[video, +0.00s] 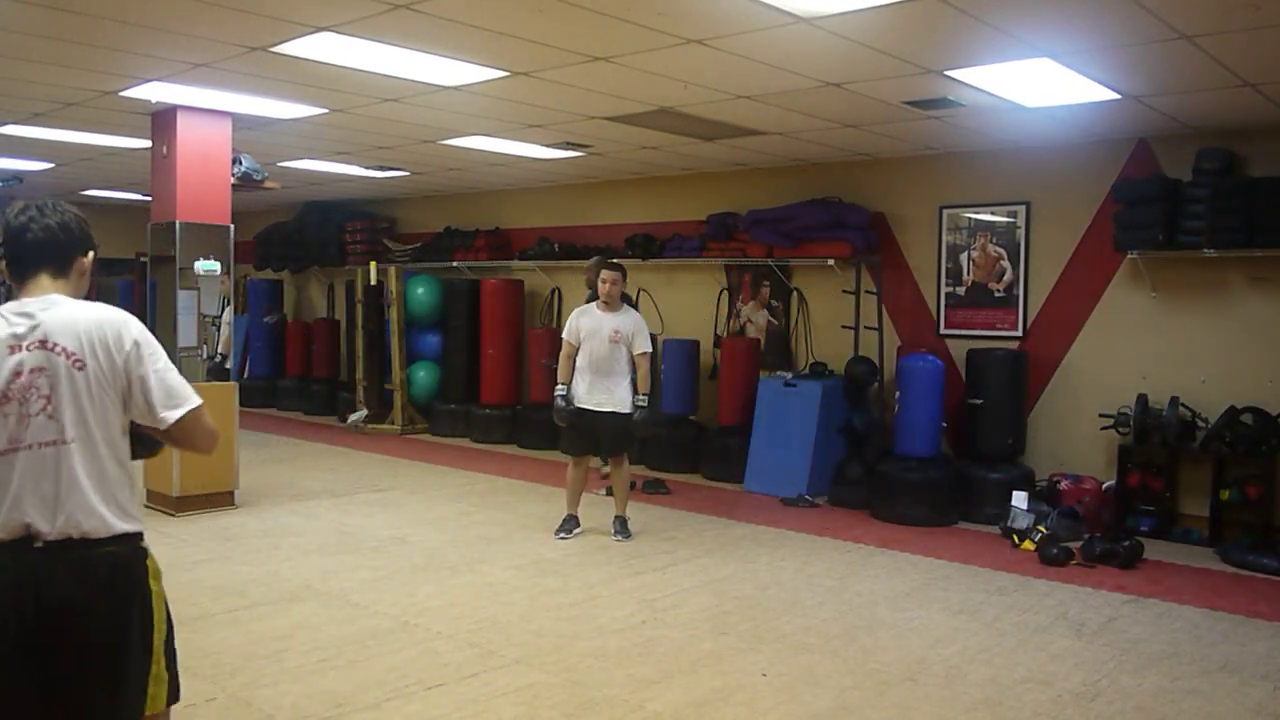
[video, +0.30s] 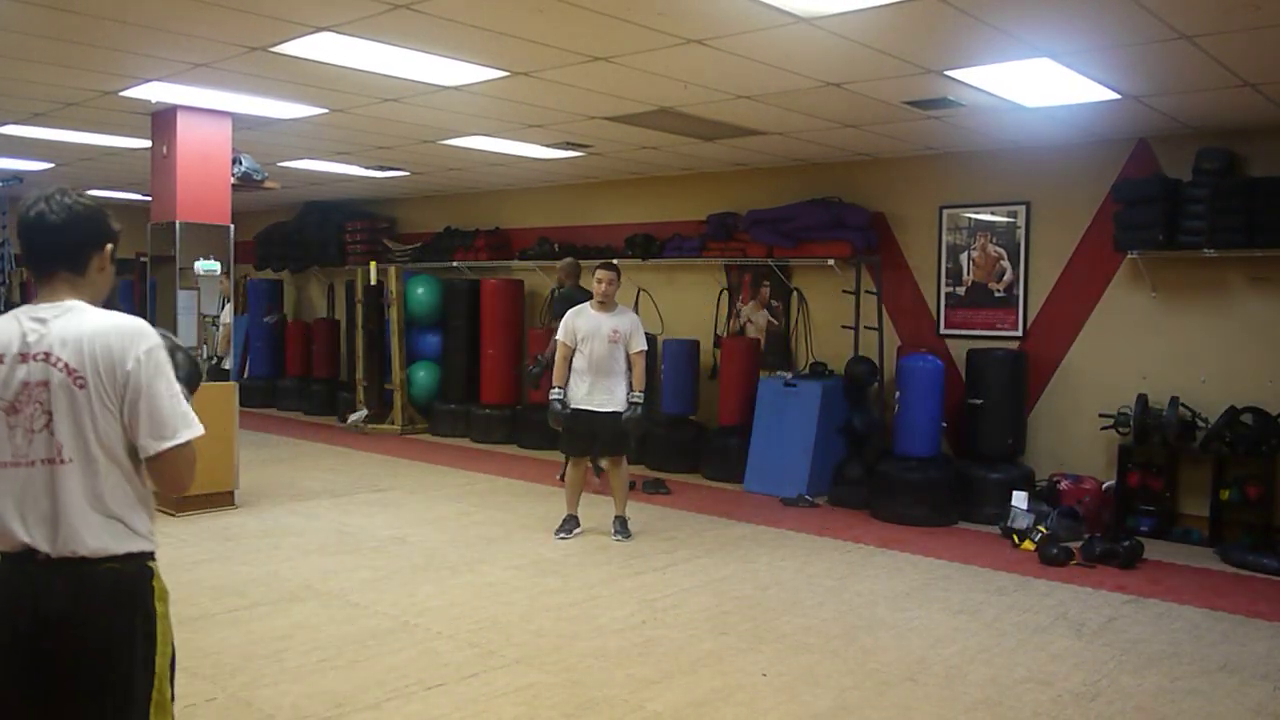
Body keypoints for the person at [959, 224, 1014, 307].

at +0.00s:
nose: (982, 241)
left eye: (986, 237)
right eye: (980, 237)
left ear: (990, 237)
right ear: (976, 237)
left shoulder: (999, 253)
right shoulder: (971, 252)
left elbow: (1009, 272)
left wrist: (1000, 286)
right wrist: (967, 277)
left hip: (989, 288)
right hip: (974, 287)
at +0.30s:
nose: (983, 241)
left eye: (986, 236)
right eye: (980, 236)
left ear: (990, 237)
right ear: (976, 237)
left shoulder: (999, 253)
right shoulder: (971, 252)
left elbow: (1009, 272)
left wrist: (1000, 286)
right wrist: (967, 277)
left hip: (989, 288)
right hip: (974, 287)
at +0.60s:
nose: (983, 241)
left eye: (986, 236)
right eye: (980, 236)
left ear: (990, 237)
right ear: (976, 237)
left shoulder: (999, 253)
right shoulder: (971, 252)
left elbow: (1009, 272)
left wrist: (1001, 286)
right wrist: (967, 276)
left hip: (989, 287)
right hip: (974, 287)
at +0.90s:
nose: (982, 241)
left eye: (985, 237)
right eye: (979, 237)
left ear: (990, 237)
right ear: (975, 237)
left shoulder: (999, 252)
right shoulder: (971, 252)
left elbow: (1009, 272)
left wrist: (1000, 286)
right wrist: (966, 278)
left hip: (990, 288)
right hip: (974, 286)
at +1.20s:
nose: (982, 241)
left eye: (985, 237)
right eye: (979, 237)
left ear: (990, 237)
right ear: (975, 237)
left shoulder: (999, 252)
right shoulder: (971, 252)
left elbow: (1009, 272)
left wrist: (1000, 286)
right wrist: (966, 278)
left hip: (991, 288)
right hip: (975, 287)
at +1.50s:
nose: (982, 241)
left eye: (985, 237)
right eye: (979, 237)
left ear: (990, 237)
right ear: (976, 237)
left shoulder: (999, 252)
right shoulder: (971, 252)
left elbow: (1009, 272)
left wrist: (1000, 286)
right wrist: (965, 278)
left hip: (990, 288)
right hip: (975, 287)